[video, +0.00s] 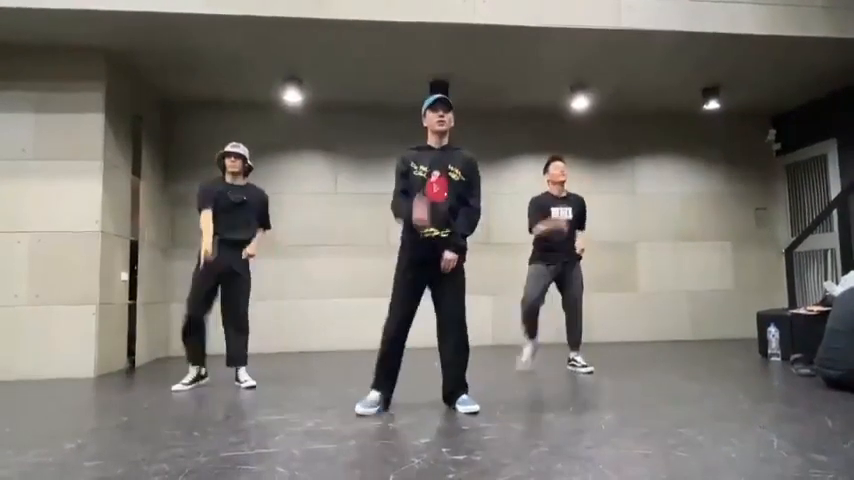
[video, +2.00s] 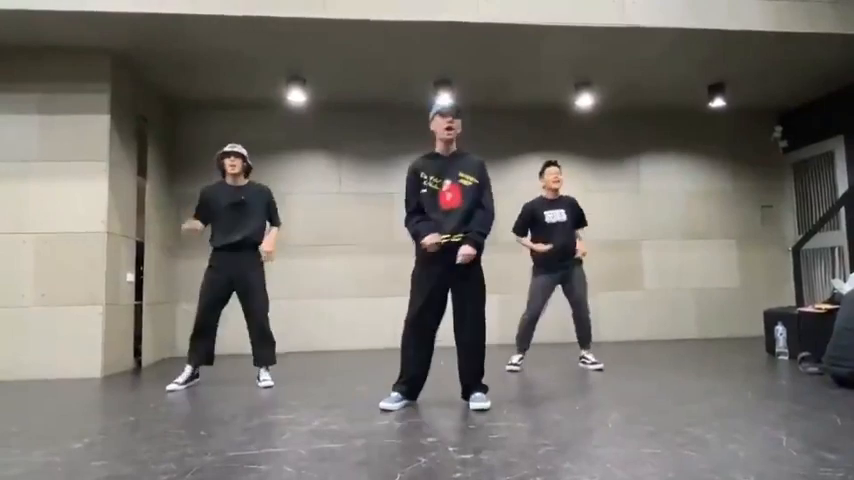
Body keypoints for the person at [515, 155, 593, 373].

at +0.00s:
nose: (562, 172)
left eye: (563, 169)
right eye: (557, 169)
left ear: (567, 174)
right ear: (547, 175)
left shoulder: (577, 202)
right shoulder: (537, 202)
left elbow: (580, 230)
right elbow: (534, 229)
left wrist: (579, 245)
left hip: (569, 261)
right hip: (542, 261)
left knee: (574, 305)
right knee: (530, 301)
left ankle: (574, 354)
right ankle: (531, 341)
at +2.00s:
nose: (556, 178)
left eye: (558, 175)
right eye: (551, 175)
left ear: (562, 179)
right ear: (542, 180)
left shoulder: (570, 203)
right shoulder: (532, 207)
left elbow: (577, 230)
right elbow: (518, 234)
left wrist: (580, 244)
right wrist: (532, 246)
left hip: (571, 266)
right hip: (545, 269)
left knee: (581, 308)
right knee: (532, 312)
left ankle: (585, 352)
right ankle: (519, 354)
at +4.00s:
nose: (548, 174)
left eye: (551, 171)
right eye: (543, 171)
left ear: (555, 176)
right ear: (535, 177)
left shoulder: (564, 201)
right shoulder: (525, 200)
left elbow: (591, 217)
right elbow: (511, 209)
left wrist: (577, 203)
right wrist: (508, 208)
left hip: (559, 267)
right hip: (531, 269)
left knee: (571, 307)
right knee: (529, 311)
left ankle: (582, 346)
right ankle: (538, 353)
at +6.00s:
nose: (511, 175)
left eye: (515, 171)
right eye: (507, 172)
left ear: (523, 174)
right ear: (503, 178)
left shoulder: (539, 196)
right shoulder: (506, 205)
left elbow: (555, 225)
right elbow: (506, 235)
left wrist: (547, 251)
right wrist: (514, 222)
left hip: (536, 255)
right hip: (514, 257)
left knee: (536, 303)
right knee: (505, 301)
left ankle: (571, 337)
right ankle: (513, 346)